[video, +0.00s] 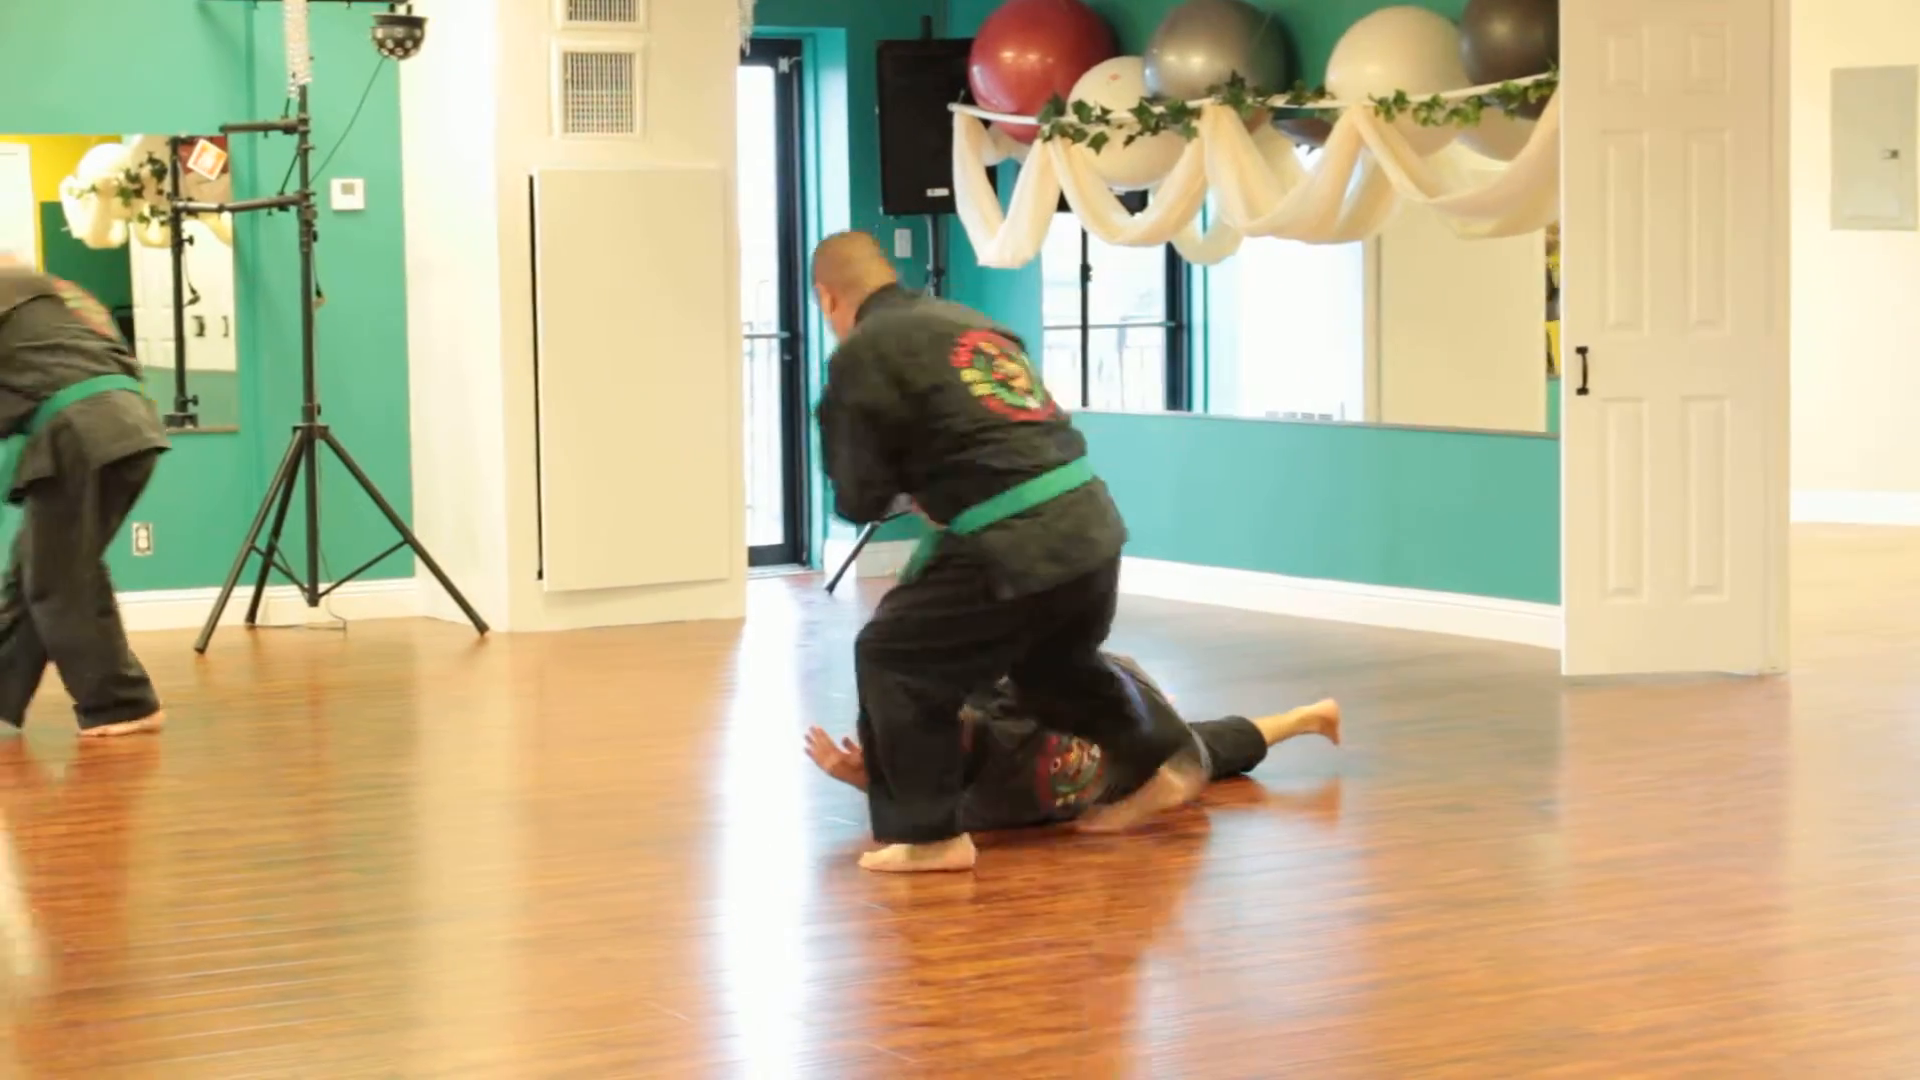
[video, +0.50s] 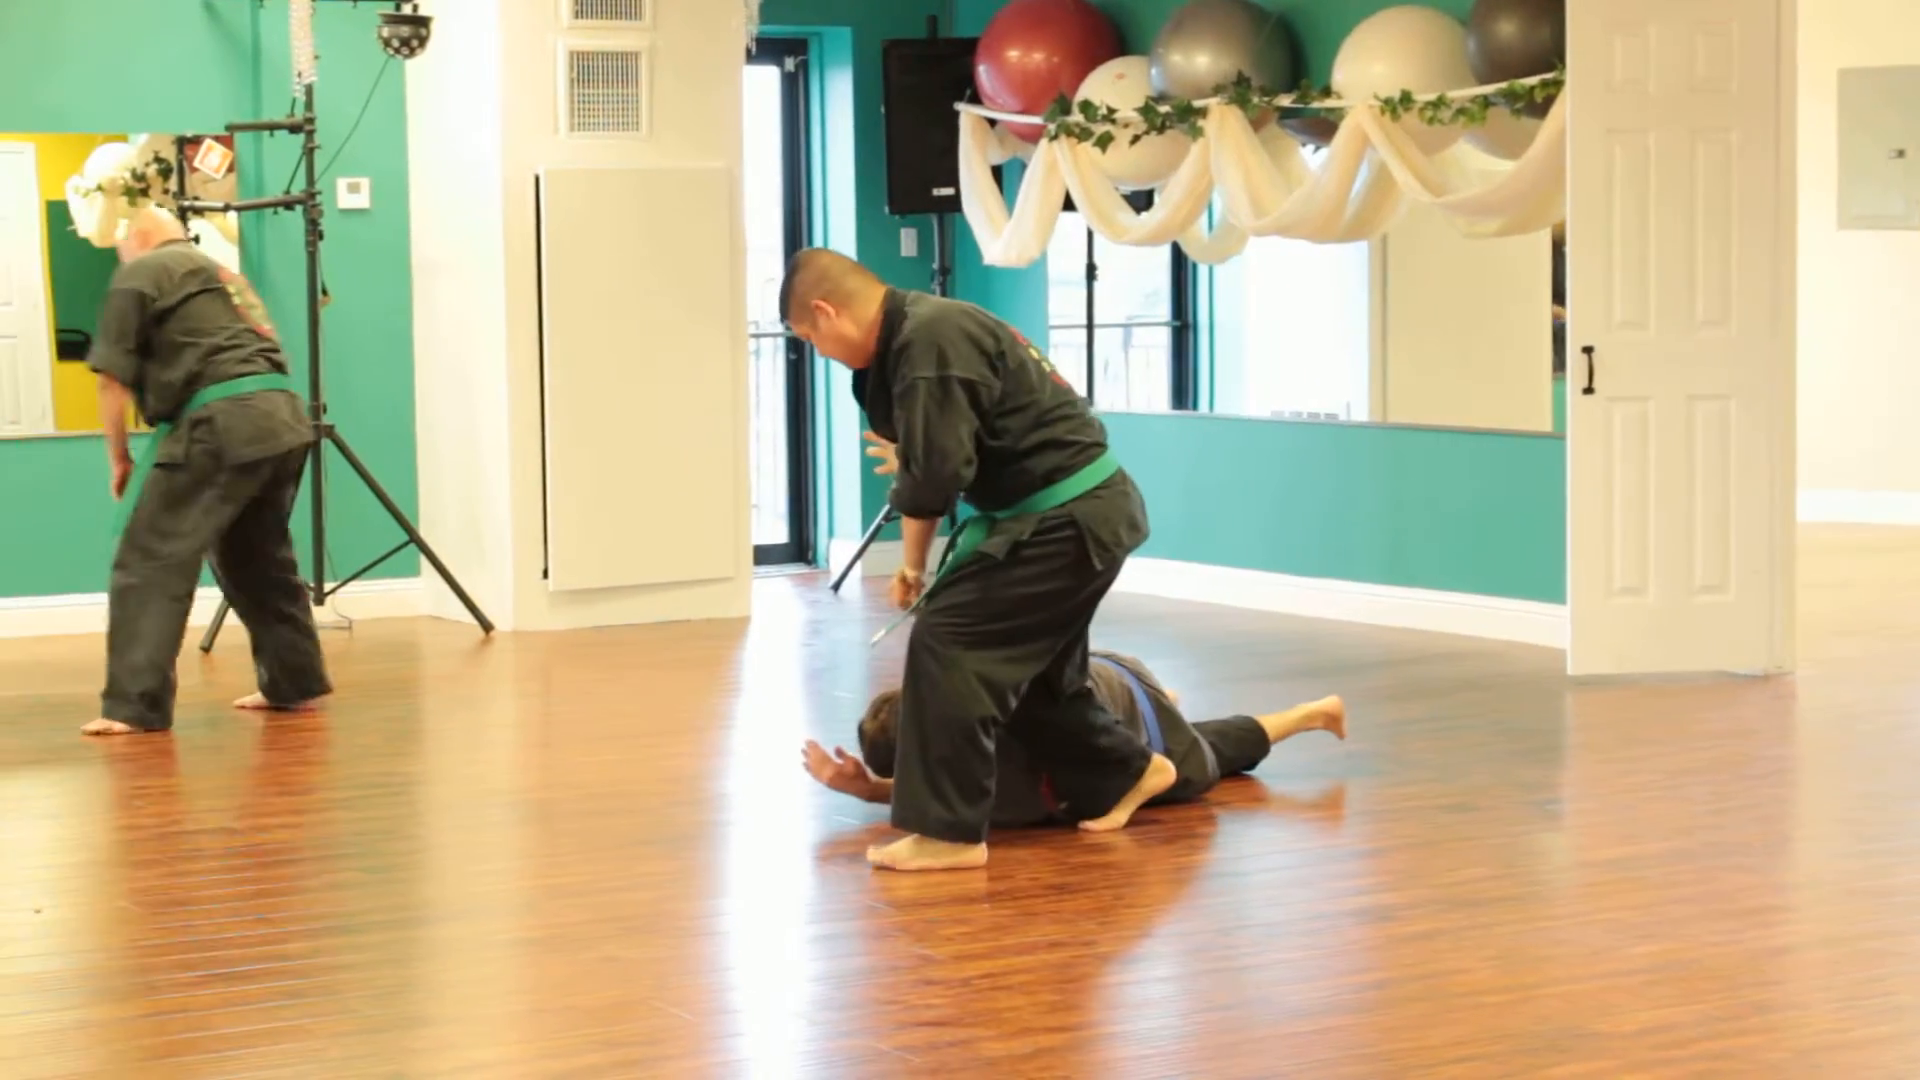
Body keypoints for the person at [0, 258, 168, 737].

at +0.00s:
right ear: (17, 267)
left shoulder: (8, 292)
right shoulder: (53, 293)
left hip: (79, 435)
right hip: (137, 429)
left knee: (56, 578)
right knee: (30, 580)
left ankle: (120, 703)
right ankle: (3, 708)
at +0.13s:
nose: (22, 254)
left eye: (24, 249)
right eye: (28, 248)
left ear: (30, 250)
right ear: (73, 249)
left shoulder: (22, 277)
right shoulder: (107, 281)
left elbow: (6, 371)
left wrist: (35, 379)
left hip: (113, 429)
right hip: (174, 423)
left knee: (80, 572)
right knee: (80, 560)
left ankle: (126, 702)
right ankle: (57, 693)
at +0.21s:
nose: (41, 248)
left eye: (44, 241)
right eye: (47, 238)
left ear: (48, 243)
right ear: (94, 239)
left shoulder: (36, 276)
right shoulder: (128, 270)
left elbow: (24, 386)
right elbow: (172, 331)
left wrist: (41, 460)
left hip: (135, 423)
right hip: (196, 414)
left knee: (100, 566)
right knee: (125, 563)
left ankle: (123, 703)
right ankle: (138, 695)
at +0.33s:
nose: (77, 236)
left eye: (79, 228)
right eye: (81, 227)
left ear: (88, 228)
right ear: (132, 226)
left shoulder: (78, 261)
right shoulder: (165, 259)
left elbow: (65, 366)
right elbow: (206, 324)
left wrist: (89, 431)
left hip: (168, 415)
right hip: (230, 405)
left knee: (127, 562)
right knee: (197, 551)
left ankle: (135, 706)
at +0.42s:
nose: (95, 247)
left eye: (96, 239)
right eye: (94, 240)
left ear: (112, 232)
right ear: (150, 225)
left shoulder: (108, 265)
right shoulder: (190, 263)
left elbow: (87, 369)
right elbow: (230, 333)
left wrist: (106, 438)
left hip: (191, 420)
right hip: (254, 411)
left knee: (138, 562)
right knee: (239, 553)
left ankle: (137, 708)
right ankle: (289, 684)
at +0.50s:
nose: (122, 258)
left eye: (122, 249)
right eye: (120, 249)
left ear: (137, 238)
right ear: (175, 231)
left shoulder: (140, 274)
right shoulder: (218, 269)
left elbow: (112, 376)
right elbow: (262, 335)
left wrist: (118, 455)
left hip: (223, 423)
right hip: (285, 415)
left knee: (151, 557)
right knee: (254, 551)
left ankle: (136, 706)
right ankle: (295, 684)